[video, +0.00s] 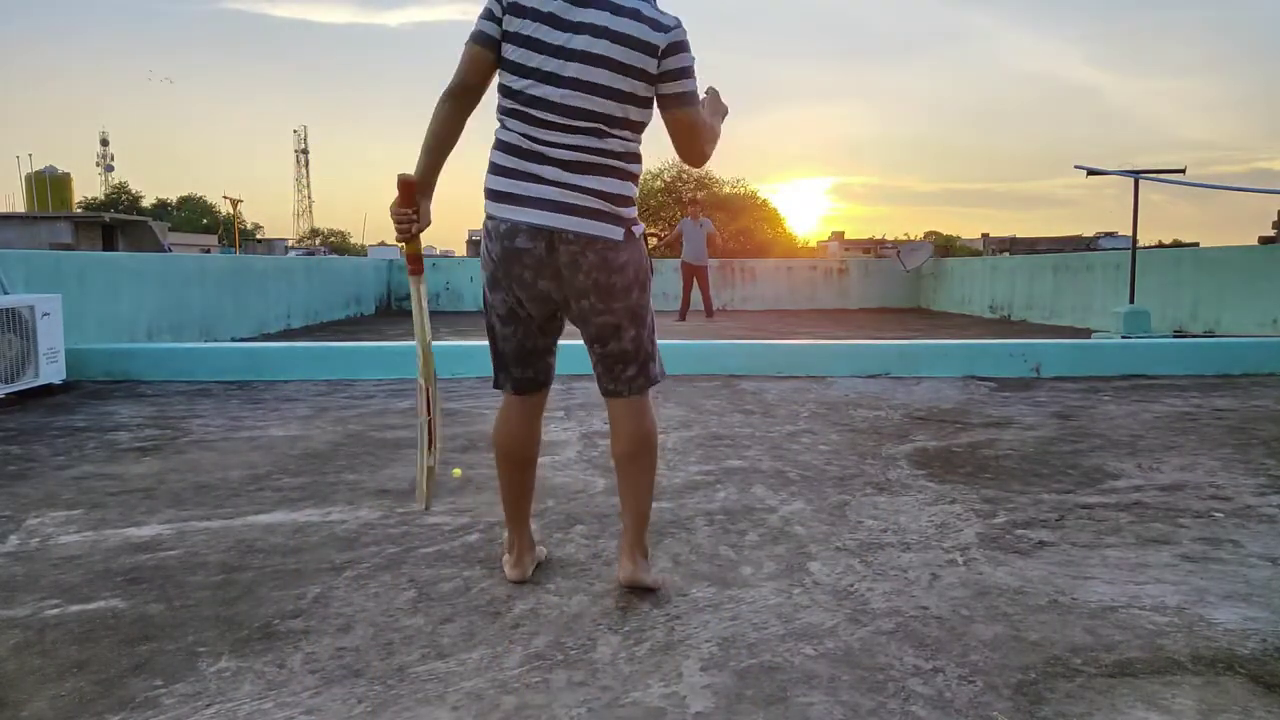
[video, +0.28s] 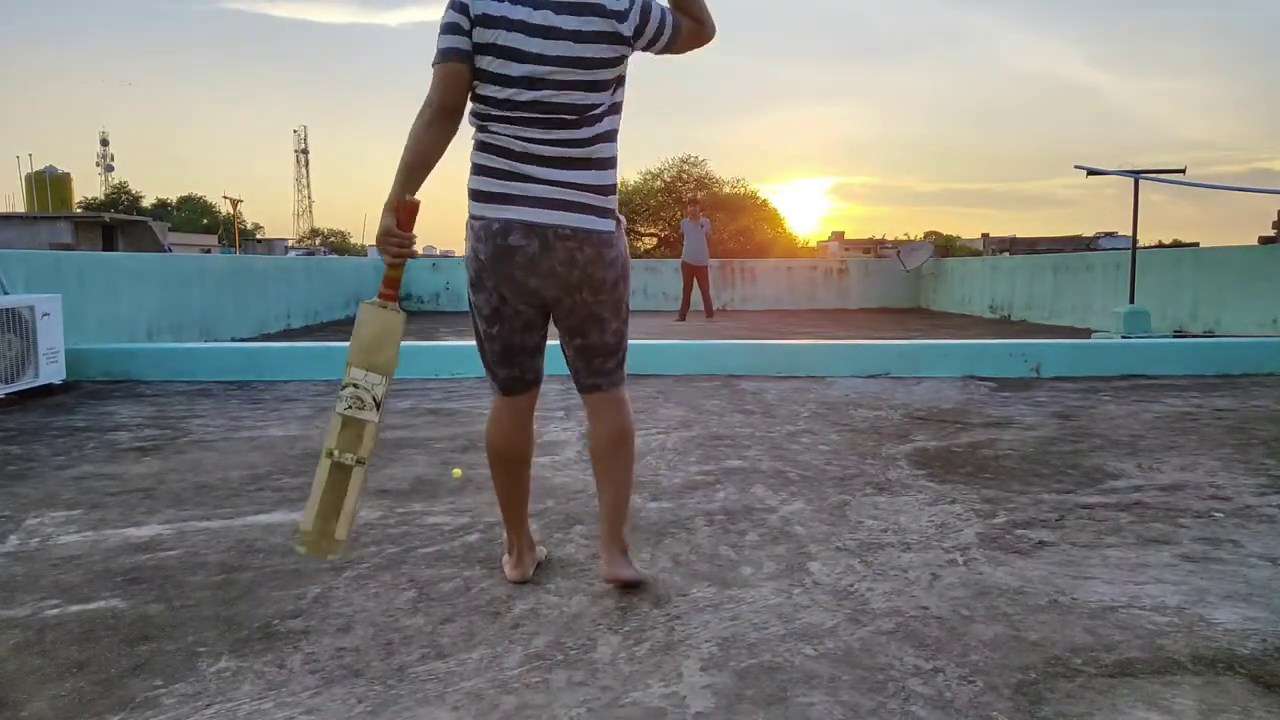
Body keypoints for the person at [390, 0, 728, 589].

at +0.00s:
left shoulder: (514, 5)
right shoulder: (658, 25)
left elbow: (459, 94)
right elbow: (694, 149)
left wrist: (420, 187)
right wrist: (713, 111)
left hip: (513, 225)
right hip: (602, 234)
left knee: (521, 388)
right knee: (628, 392)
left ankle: (518, 547)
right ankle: (633, 555)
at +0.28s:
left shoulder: (471, 5)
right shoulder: (617, 8)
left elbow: (444, 106)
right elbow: (699, 27)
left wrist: (399, 201)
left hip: (498, 224)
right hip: (586, 228)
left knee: (511, 390)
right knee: (604, 388)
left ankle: (518, 548)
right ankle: (614, 551)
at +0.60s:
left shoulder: (456, 7)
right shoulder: (608, 19)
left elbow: (429, 109)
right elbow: (632, 143)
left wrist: (383, 212)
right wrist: (592, 200)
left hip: (498, 227)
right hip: (591, 228)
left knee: (509, 394)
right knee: (589, 390)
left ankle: (519, 545)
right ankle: (554, 552)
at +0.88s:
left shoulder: (452, 4)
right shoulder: (624, 11)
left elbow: (418, 100)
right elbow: (632, 147)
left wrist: (376, 199)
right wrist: (611, 221)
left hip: (483, 221)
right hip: (582, 221)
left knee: (499, 402)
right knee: (557, 412)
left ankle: (513, 552)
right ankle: (540, 615)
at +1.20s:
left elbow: (389, 79)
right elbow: (649, 111)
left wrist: (364, 189)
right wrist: (746, 212)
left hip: (447, 216)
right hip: (553, 216)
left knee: (467, 402)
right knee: (541, 419)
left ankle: (427, 573)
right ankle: (540, 614)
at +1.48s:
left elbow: (347, 94)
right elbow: (547, 52)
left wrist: (372, 197)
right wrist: (643, 191)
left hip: (379, 222)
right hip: (498, 230)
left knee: (385, 451)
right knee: (525, 444)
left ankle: (365, 699)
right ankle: (546, 618)